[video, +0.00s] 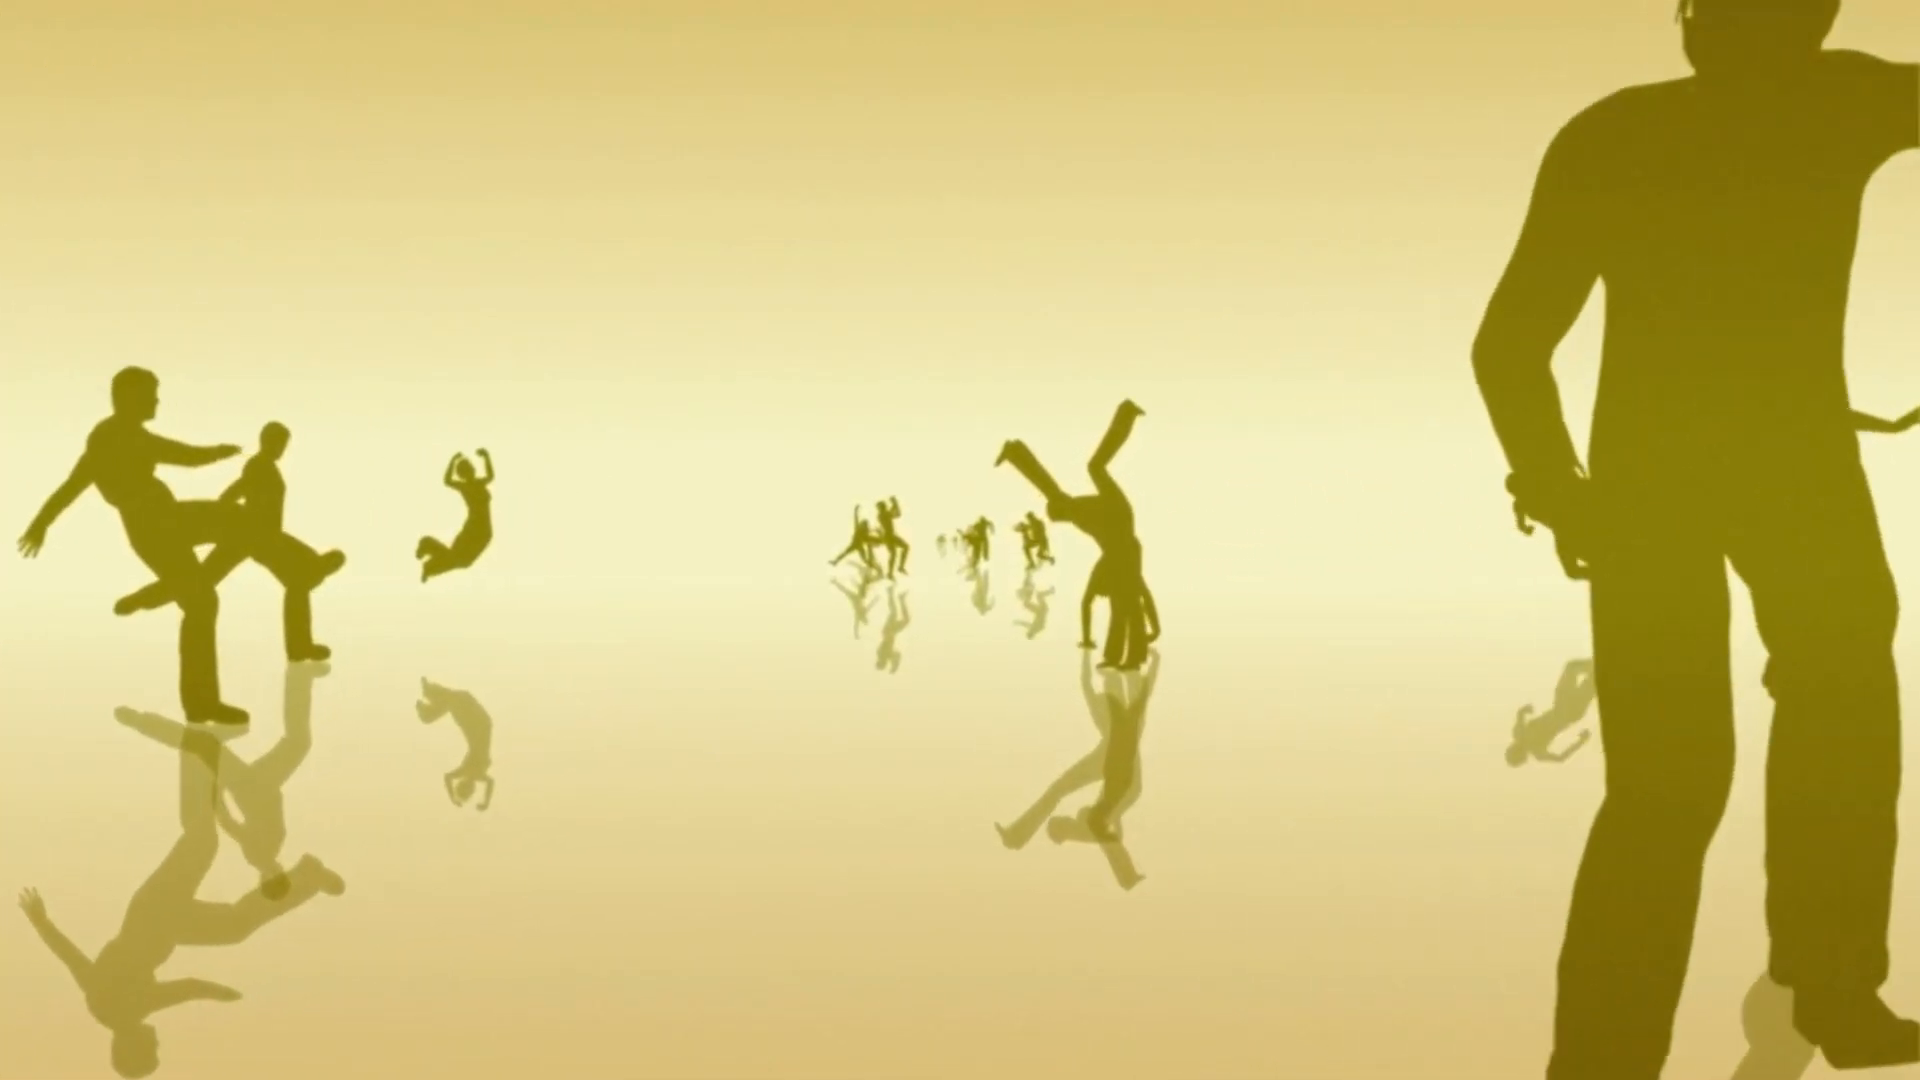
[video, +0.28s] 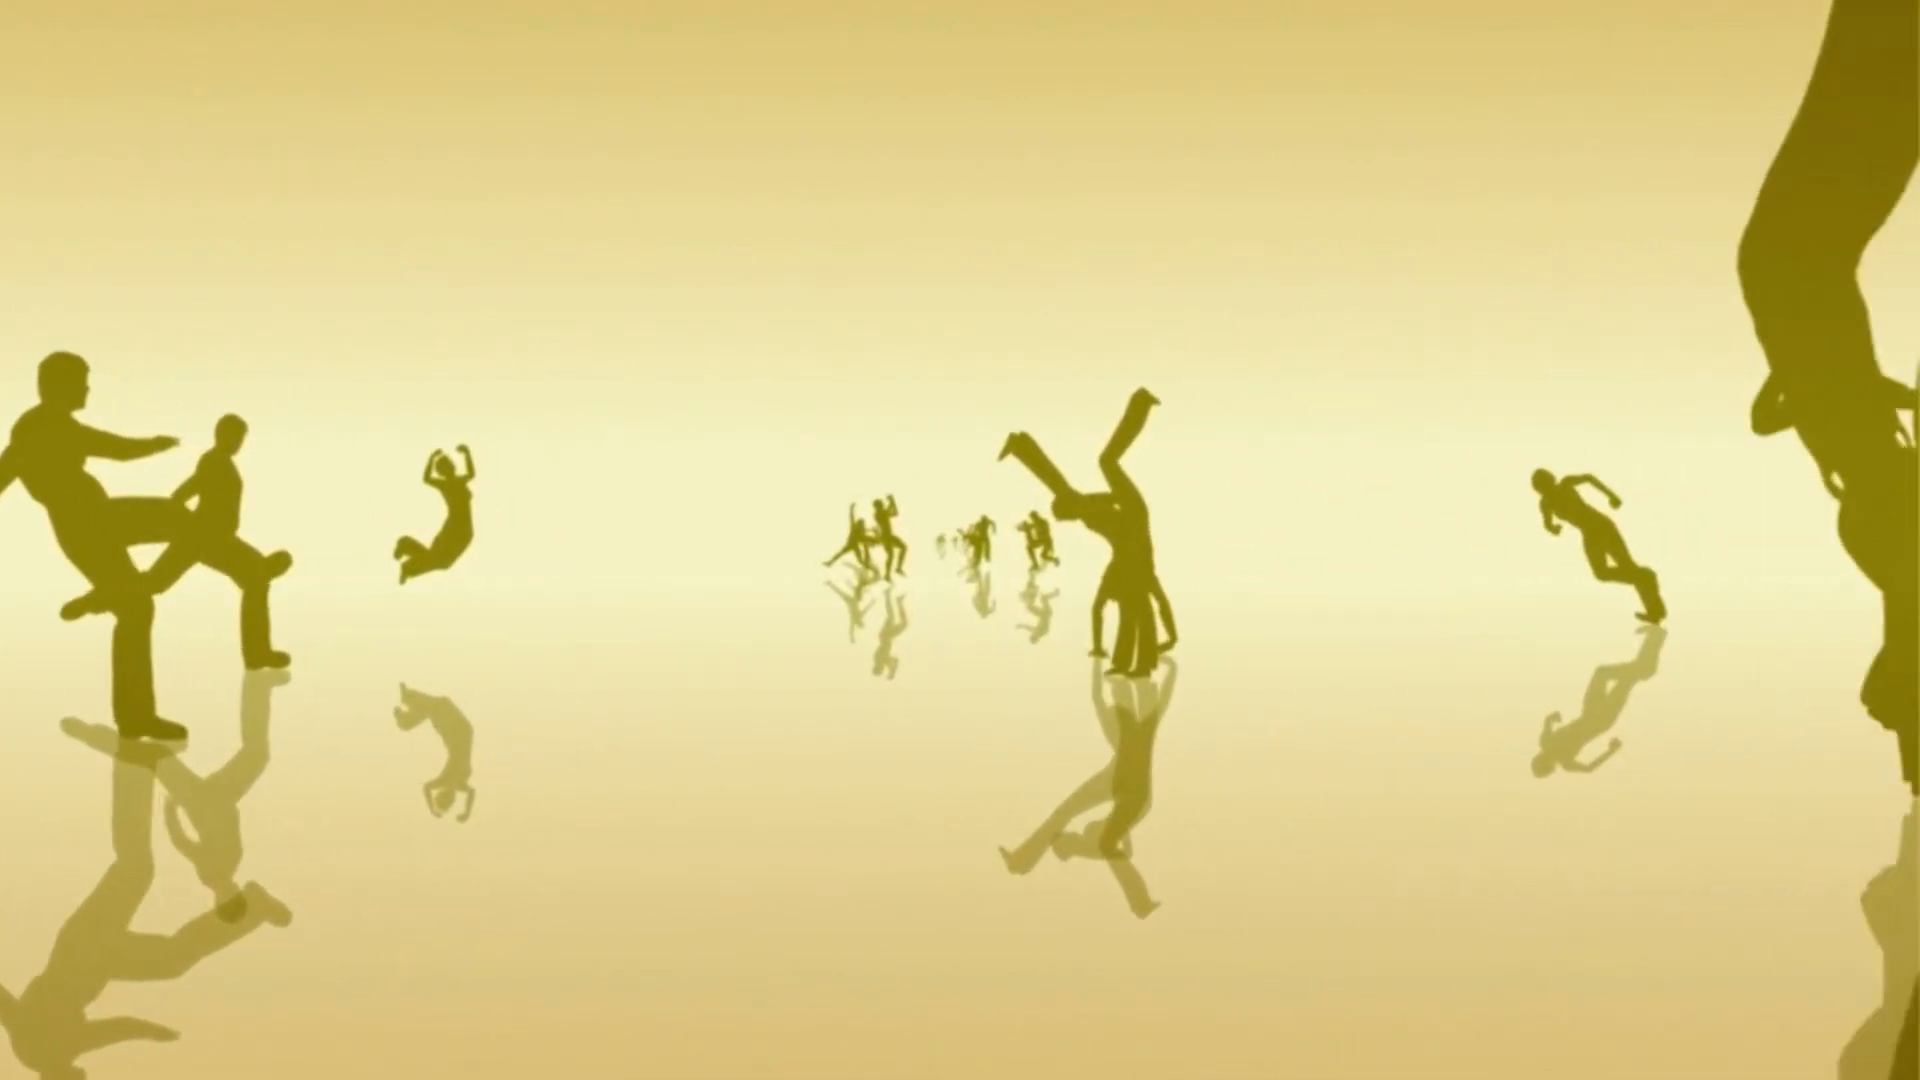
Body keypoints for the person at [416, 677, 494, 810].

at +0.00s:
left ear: (469, 786)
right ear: (461, 784)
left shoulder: (477, 775)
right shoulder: (463, 772)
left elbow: (491, 781)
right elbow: (447, 777)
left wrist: (486, 803)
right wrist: (452, 798)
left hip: (465, 701)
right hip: (455, 701)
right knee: (427, 717)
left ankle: (429, 689)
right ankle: (419, 705)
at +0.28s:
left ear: (448, 796)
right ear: (442, 794)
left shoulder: (458, 785)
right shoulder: (443, 782)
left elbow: (472, 791)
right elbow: (426, 787)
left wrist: (467, 813)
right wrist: (431, 809)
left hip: (445, 708)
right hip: (435, 708)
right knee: (405, 724)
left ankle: (407, 695)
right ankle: (397, 712)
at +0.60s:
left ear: (431, 806)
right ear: (421, 804)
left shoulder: (440, 794)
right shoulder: (423, 791)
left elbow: (454, 801)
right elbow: (406, 796)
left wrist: (448, 824)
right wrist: (412, 818)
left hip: (427, 715)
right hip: (417, 714)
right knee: (385, 732)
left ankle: (387, 700)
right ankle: (376, 718)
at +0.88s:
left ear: (409, 818)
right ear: (397, 815)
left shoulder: (418, 805)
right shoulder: (400, 802)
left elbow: (432, 812)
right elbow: (382, 808)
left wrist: (426, 837)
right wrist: (389, 831)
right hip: (394, 723)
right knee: (359, 740)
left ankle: (362, 707)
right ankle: (351, 725)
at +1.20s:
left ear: (387, 829)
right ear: (375, 826)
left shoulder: (397, 816)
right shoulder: (378, 812)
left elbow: (411, 823)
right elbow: (360, 818)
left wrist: (405, 848)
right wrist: (366, 842)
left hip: (383, 731)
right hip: (372, 728)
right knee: (336, 747)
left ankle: (338, 713)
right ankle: (327, 732)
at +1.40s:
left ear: (371, 838)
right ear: (359, 835)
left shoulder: (380, 824)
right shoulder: (361, 821)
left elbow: (396, 831)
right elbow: (342, 826)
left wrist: (390, 856)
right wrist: (349, 851)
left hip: (365, 735)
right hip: (355, 734)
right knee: (318, 754)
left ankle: (321, 719)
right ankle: (309, 737)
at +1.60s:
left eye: (347, 856)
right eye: (343, 856)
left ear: (354, 847)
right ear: (342, 844)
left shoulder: (364, 832)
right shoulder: (343, 829)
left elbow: (379, 841)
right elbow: (324, 834)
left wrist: (373, 866)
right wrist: (332, 860)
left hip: (349, 741)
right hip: (336, 741)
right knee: (299, 760)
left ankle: (302, 725)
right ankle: (290, 742)